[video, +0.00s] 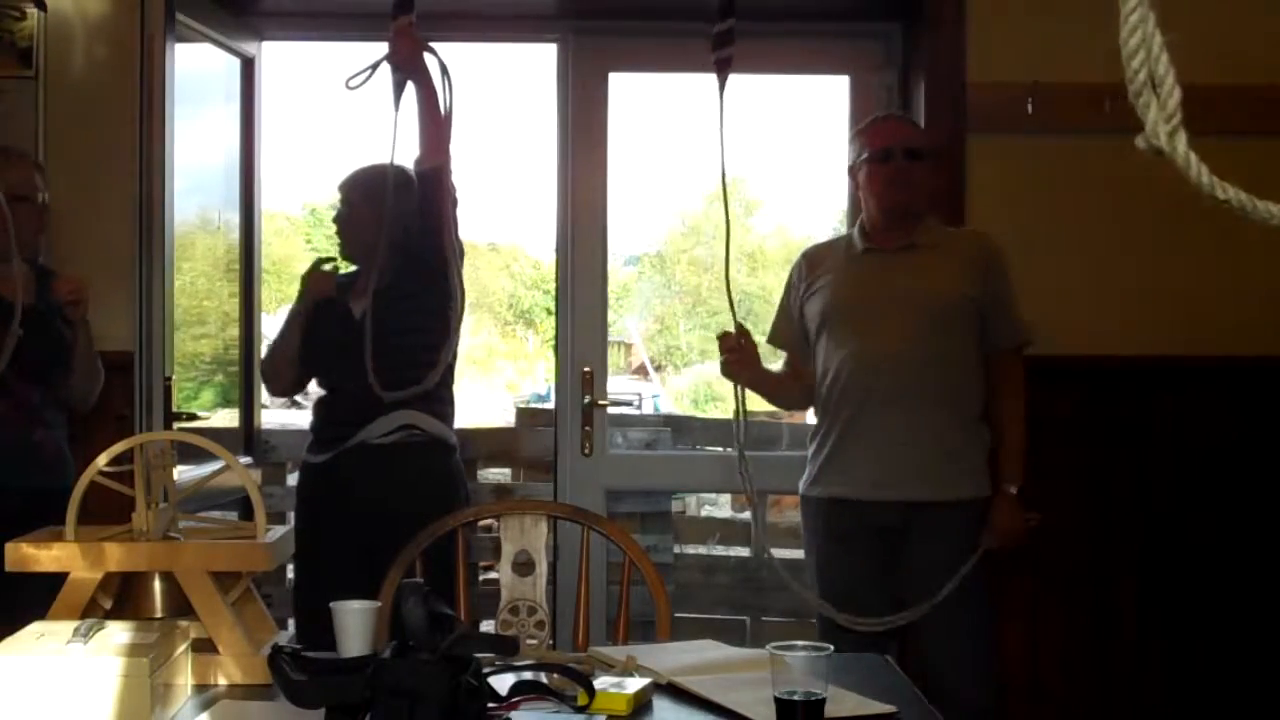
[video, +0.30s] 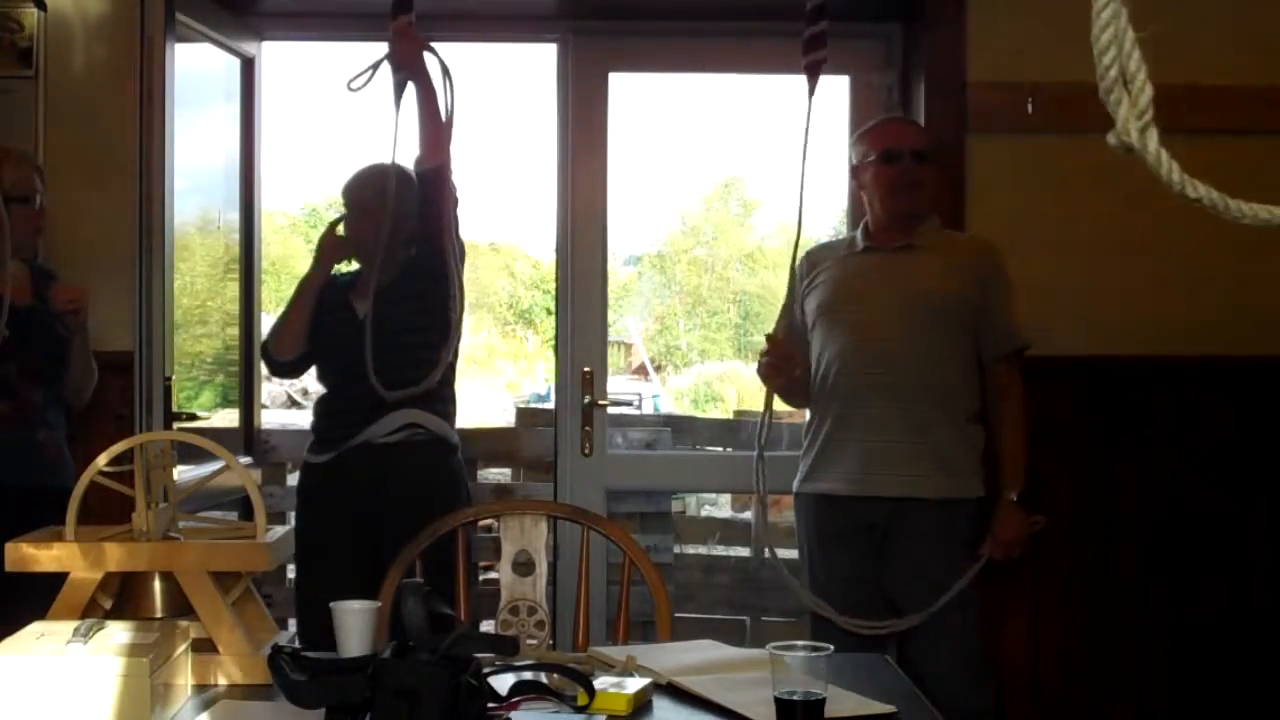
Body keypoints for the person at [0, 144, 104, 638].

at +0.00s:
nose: (33, 212)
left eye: (37, 199)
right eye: (20, 198)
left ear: (47, 208)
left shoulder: (48, 289)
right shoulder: (5, 286)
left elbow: (82, 396)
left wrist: (79, 323)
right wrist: (14, 310)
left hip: (46, 470)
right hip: (7, 469)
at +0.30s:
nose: (38, 214)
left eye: (39, 199)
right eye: (23, 200)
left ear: (42, 207)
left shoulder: (44, 287)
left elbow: (78, 394)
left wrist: (77, 330)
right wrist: (11, 306)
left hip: (44, 464)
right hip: (11, 464)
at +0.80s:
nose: (23, 205)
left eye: (25, 193)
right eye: (11, 193)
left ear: (30, 201)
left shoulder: (35, 281)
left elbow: (88, 375)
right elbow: (87, 374)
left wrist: (122, 314)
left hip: (40, 467)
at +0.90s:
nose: (26, 206)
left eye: (26, 193)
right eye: (13, 193)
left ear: (32, 201)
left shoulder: (32, 280)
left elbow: (99, 367)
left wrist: (142, 288)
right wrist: (9, 253)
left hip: (42, 476)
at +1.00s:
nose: (25, 209)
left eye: (26, 196)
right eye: (14, 196)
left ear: (29, 202)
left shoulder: (34, 280)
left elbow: (106, 354)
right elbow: (105, 353)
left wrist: (145, 267)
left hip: (40, 475)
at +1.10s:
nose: (27, 211)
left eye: (30, 199)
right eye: (17, 197)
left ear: (36, 208)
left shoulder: (33, 282)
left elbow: (120, 335)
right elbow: (121, 334)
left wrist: (136, 245)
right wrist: (136, 247)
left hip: (38, 476)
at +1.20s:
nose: (19, 211)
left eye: (27, 197)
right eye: (8, 199)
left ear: (39, 202)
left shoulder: (40, 280)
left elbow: (134, 295)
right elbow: (133, 294)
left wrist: (119, 202)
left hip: (39, 465)